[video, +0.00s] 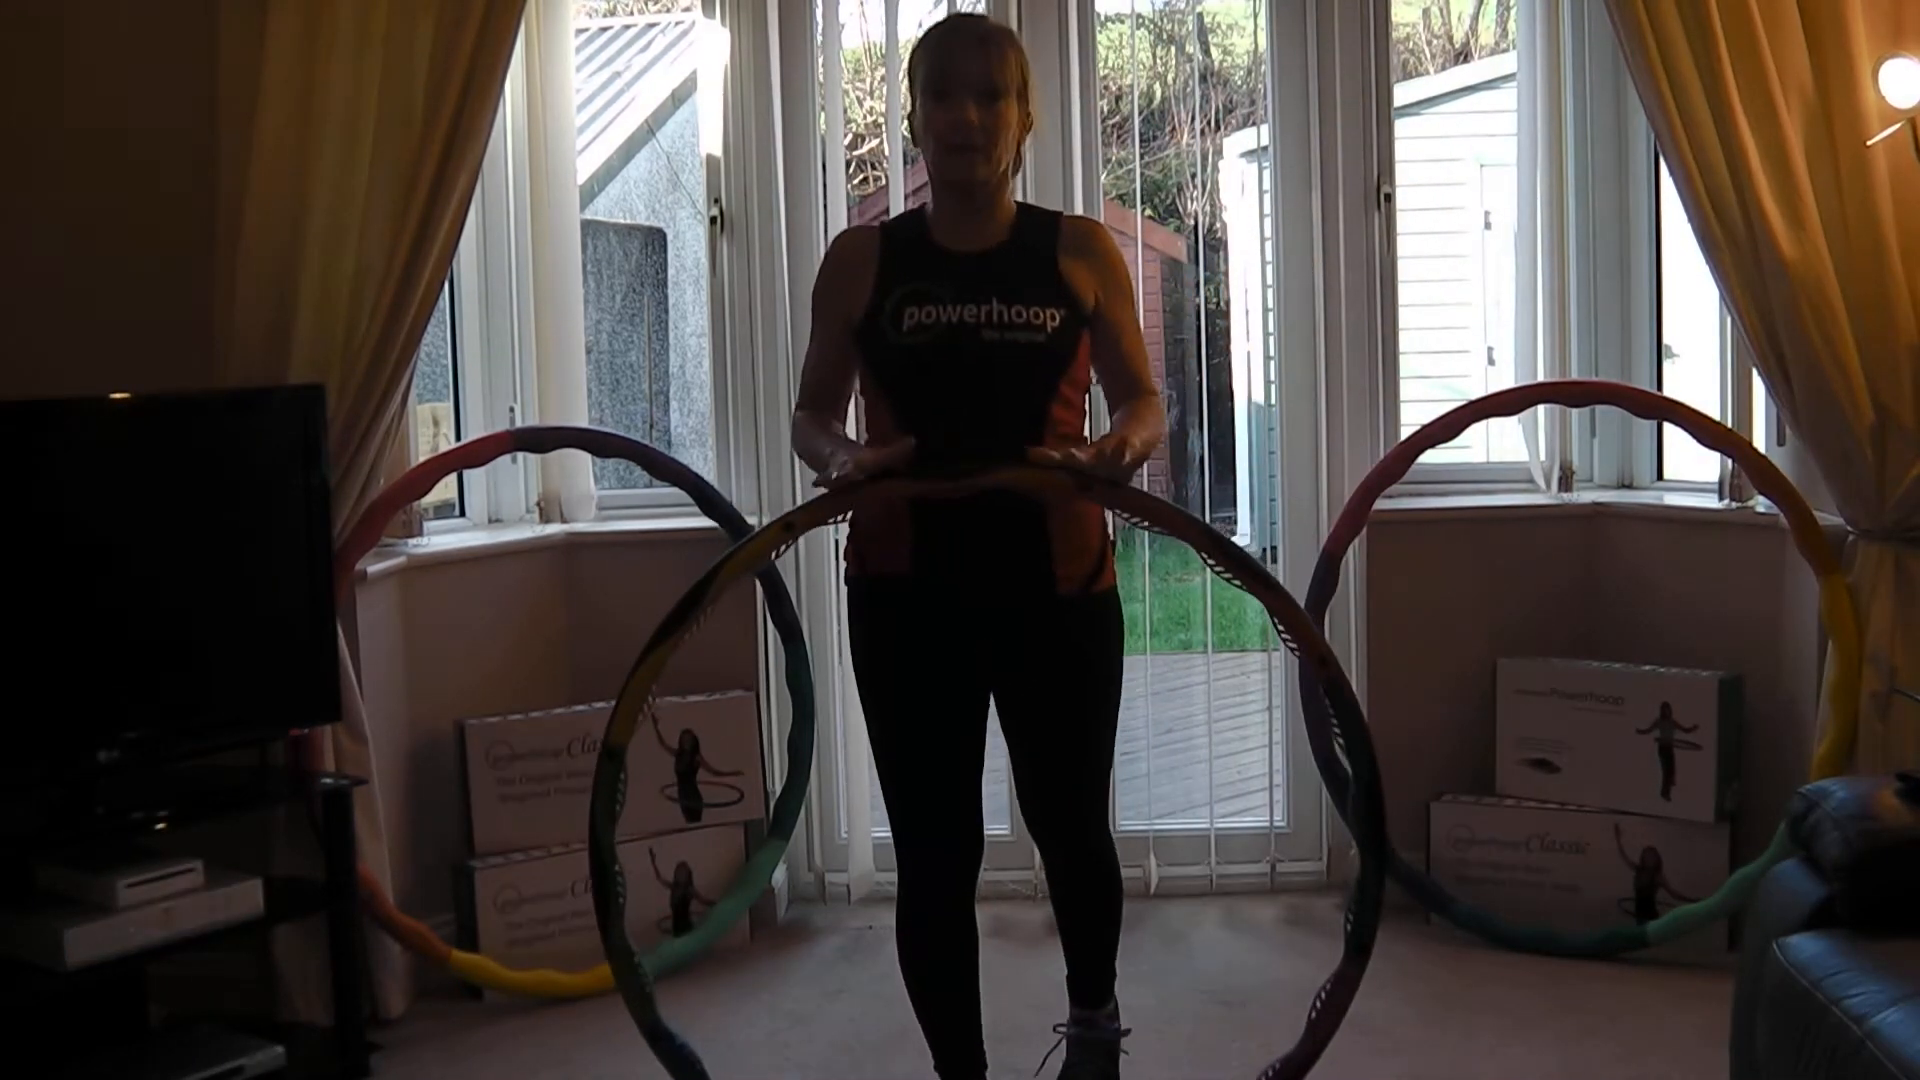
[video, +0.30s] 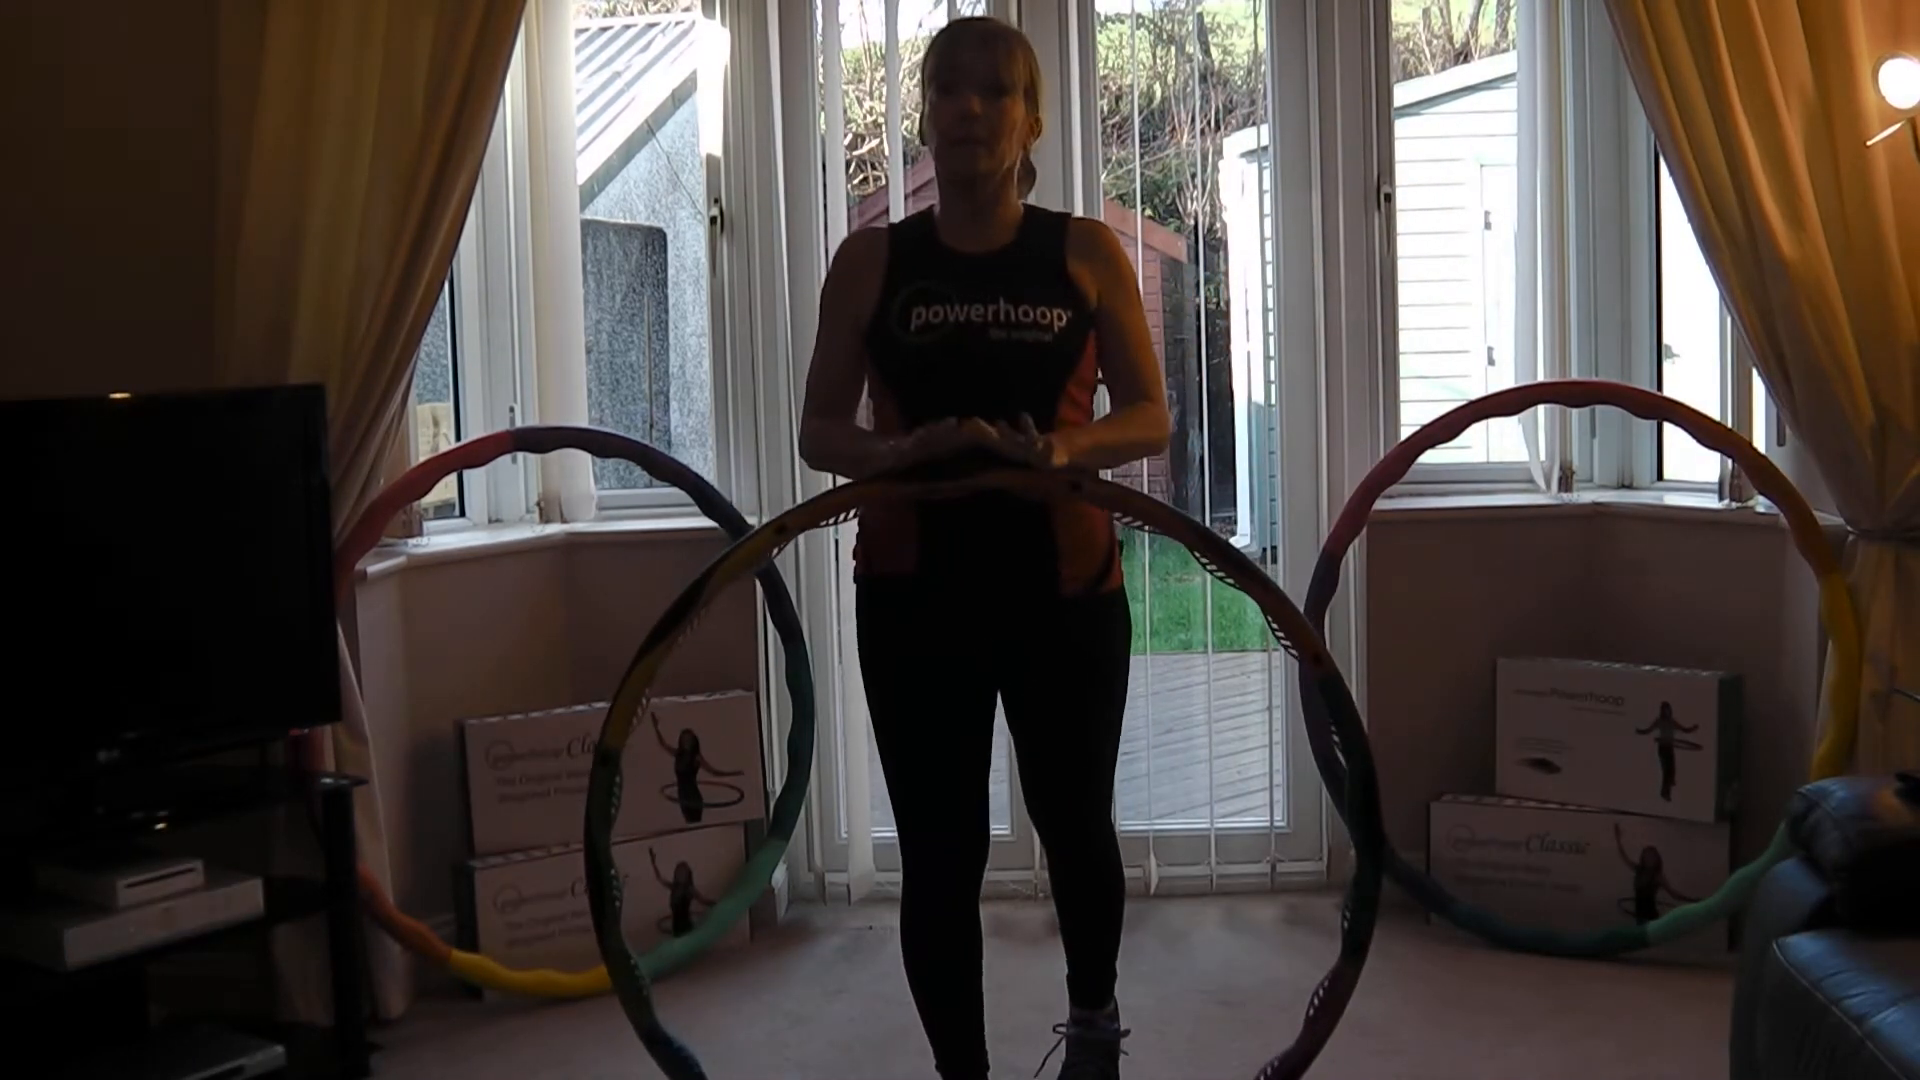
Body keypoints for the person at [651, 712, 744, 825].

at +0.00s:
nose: (685, 742)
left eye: (688, 739)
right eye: (683, 739)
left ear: (693, 742)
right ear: (680, 741)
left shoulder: (696, 757)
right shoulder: (678, 755)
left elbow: (714, 772)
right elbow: (662, 743)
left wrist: (734, 773)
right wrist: (656, 726)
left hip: (693, 795)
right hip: (682, 795)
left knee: (696, 828)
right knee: (691, 828)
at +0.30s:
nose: (685, 742)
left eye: (688, 739)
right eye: (683, 739)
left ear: (693, 742)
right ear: (680, 741)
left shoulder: (696, 757)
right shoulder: (678, 754)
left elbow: (714, 772)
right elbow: (662, 744)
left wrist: (735, 773)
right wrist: (656, 727)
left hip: (693, 795)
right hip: (682, 795)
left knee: (696, 828)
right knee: (691, 828)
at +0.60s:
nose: (686, 743)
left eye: (689, 740)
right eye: (684, 740)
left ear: (694, 742)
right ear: (680, 741)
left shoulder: (696, 757)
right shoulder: (678, 754)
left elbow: (713, 772)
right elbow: (663, 744)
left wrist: (734, 773)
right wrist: (655, 727)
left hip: (693, 795)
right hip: (682, 795)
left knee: (696, 829)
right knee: (691, 829)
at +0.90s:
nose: (685, 742)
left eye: (688, 739)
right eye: (683, 739)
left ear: (693, 741)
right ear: (680, 741)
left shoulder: (696, 757)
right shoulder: (678, 754)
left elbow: (713, 772)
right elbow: (662, 744)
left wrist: (734, 773)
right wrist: (656, 726)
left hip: (693, 794)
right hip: (682, 795)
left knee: (696, 828)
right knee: (691, 828)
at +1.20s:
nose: (685, 742)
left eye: (688, 739)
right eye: (683, 739)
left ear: (693, 742)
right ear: (680, 741)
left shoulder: (696, 757)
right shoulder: (678, 754)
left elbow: (713, 772)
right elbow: (662, 744)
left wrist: (734, 773)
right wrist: (656, 726)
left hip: (693, 795)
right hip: (682, 795)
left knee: (696, 828)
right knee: (691, 828)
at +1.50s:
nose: (686, 742)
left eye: (689, 739)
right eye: (684, 739)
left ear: (694, 741)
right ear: (680, 741)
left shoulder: (696, 757)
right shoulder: (678, 755)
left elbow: (713, 772)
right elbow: (662, 743)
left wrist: (734, 773)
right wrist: (656, 726)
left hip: (693, 794)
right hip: (682, 795)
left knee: (696, 828)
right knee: (691, 828)